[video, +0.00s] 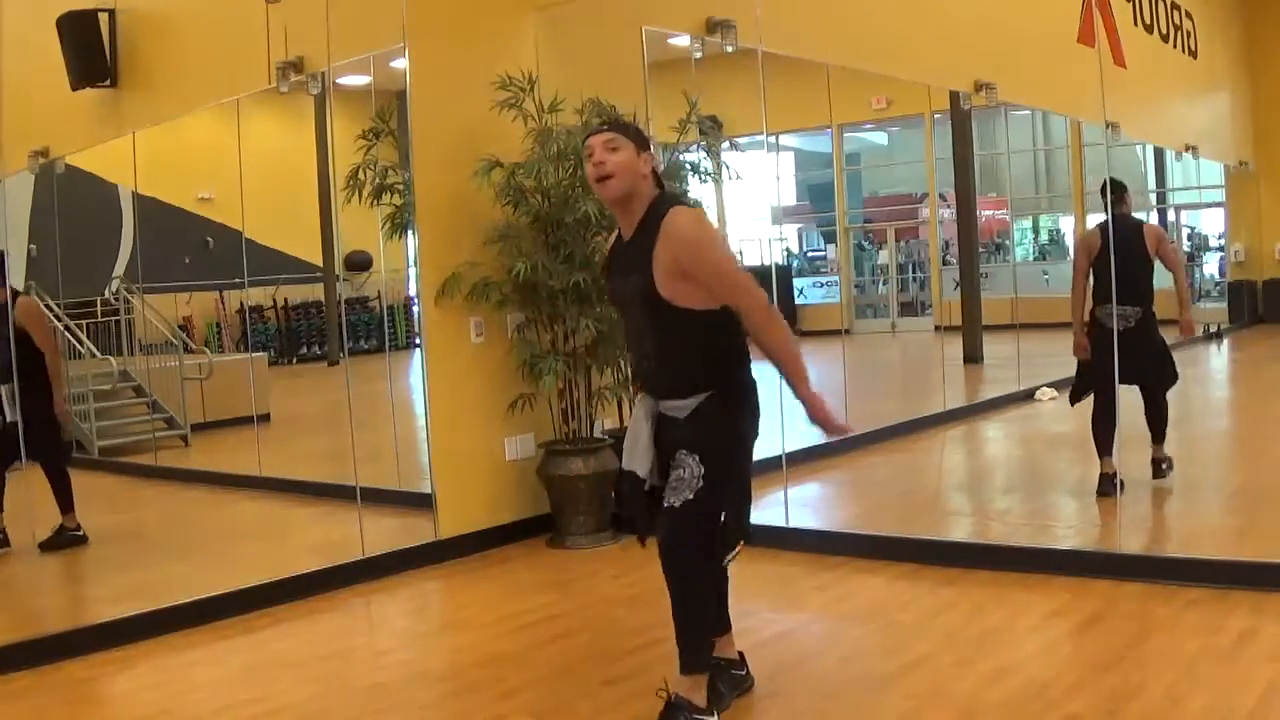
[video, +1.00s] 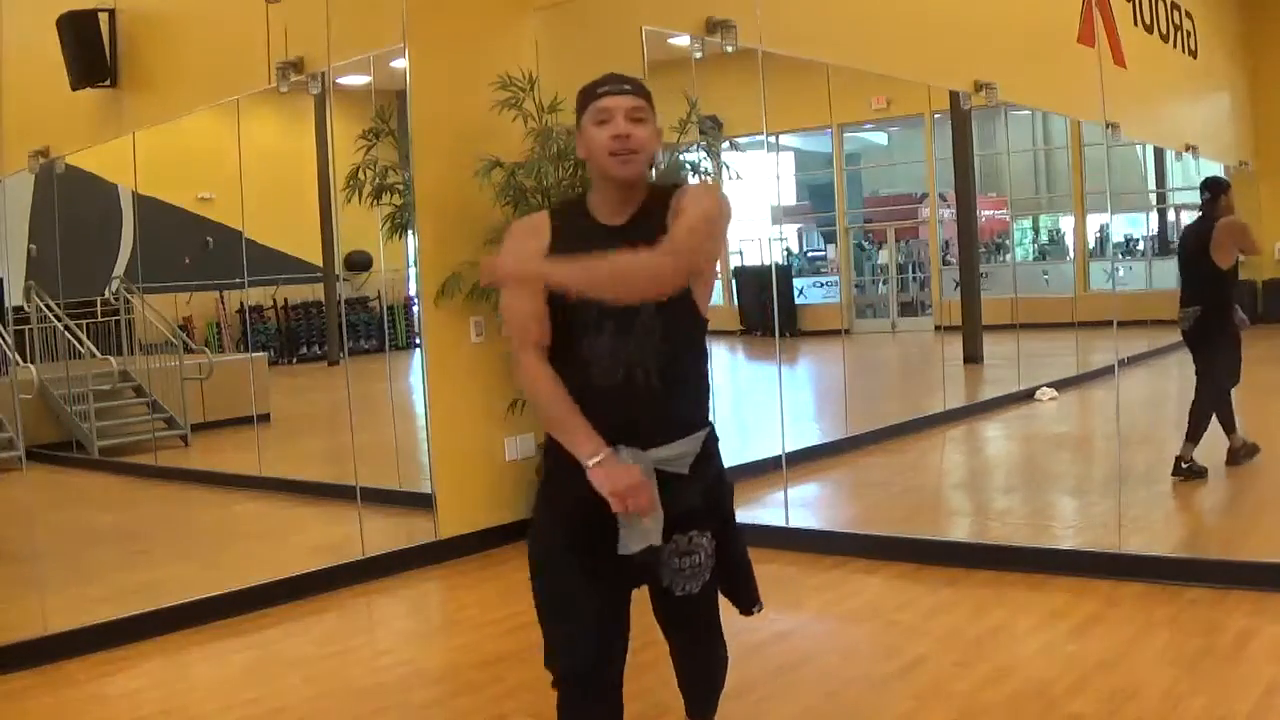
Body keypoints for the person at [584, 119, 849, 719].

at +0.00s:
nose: (597, 162)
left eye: (610, 150)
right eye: (589, 158)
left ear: (647, 162)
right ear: (590, 182)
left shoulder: (683, 228)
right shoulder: (619, 248)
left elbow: (757, 310)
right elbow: (651, 334)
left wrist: (807, 392)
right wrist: (645, 406)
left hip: (715, 408)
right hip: (664, 411)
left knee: (683, 544)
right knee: (690, 536)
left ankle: (693, 698)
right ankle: (726, 662)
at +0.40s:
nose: (631, 138)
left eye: (644, 130)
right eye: (616, 134)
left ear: (670, 152)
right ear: (601, 165)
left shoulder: (722, 231)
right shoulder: (583, 254)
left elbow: (754, 340)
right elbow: (577, 359)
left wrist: (715, 440)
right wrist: (584, 451)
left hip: (712, 431)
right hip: (633, 439)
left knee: (707, 583)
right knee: (649, 573)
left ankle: (704, 705)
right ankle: (706, 643)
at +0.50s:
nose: (646, 133)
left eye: (658, 124)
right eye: (629, 129)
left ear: (681, 147)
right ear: (611, 159)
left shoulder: (731, 232)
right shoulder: (581, 250)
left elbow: (750, 334)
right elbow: (565, 362)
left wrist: (670, 390)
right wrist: (566, 465)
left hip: (714, 439)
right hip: (628, 442)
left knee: (707, 599)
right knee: (625, 589)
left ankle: (698, 707)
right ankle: (670, 641)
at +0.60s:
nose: (654, 128)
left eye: (666, 119)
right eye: (637, 123)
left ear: (687, 140)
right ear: (615, 149)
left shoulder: (732, 220)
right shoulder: (579, 240)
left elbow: (735, 307)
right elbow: (559, 353)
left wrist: (666, 284)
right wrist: (562, 461)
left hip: (710, 434)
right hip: (620, 439)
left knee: (707, 601)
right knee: (610, 609)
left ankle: (707, 712)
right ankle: (640, 683)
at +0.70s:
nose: (670, 123)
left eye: (679, 114)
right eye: (651, 112)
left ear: (692, 134)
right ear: (617, 137)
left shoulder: (730, 204)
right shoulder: (576, 230)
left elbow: (712, 231)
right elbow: (558, 346)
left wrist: (666, 179)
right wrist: (572, 456)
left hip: (706, 435)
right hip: (613, 443)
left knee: (706, 603)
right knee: (604, 612)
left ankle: (705, 714)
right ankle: (606, 717)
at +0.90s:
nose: (656, 125)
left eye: (668, 115)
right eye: (636, 116)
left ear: (685, 134)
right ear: (607, 138)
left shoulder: (712, 195)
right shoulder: (557, 217)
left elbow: (651, 209)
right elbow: (552, 346)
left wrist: (558, 200)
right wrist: (610, 452)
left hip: (690, 453)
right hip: (590, 459)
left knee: (703, 629)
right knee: (591, 647)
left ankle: (705, 712)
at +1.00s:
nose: (623, 131)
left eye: (638, 118)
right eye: (604, 120)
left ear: (657, 138)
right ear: (580, 142)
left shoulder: (697, 203)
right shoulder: (533, 234)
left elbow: (666, 273)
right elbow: (528, 357)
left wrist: (535, 270)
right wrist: (599, 457)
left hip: (682, 466)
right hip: (576, 472)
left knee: (697, 639)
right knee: (585, 677)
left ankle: (701, 712)